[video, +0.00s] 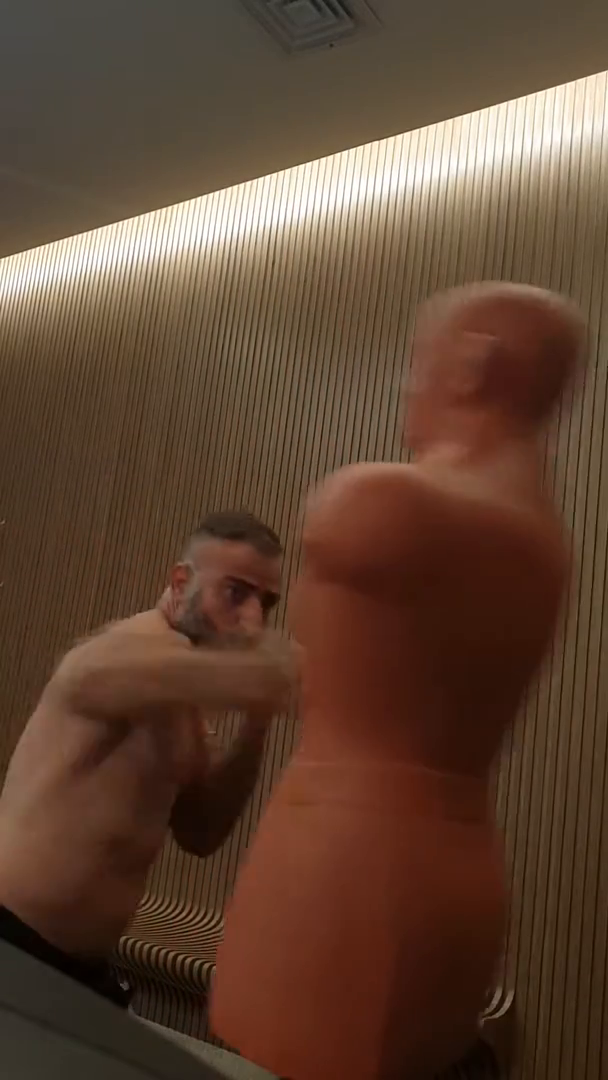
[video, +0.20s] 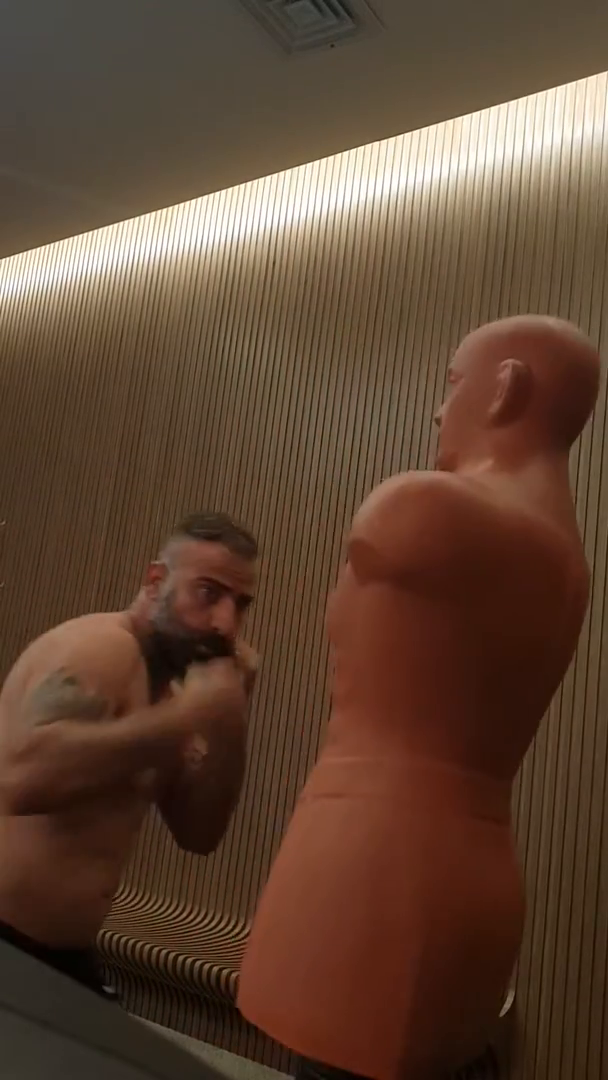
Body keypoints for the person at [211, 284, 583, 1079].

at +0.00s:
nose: (410, 382)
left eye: (421, 359)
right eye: (415, 360)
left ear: (473, 366)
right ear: (548, 393)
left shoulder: (376, 508)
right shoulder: (545, 545)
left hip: (341, 871)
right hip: (454, 864)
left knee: (282, 1065)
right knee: (402, 1067)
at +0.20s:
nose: (441, 407)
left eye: (455, 384)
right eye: (447, 384)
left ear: (505, 394)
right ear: (560, 417)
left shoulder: (420, 510)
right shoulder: (563, 563)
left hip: (369, 871)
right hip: (471, 870)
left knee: (315, 1061)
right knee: (413, 1066)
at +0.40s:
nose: (344, 407)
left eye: (353, 385)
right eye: (346, 388)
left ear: (403, 384)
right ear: (468, 406)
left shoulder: (324, 505)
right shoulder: (480, 542)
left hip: (320, 856)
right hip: (425, 845)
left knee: (304, 1062)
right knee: (377, 1063)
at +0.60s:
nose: (313, 394)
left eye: (321, 365)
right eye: (315, 368)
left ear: (368, 365)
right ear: (442, 387)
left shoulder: (293, 500)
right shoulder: (455, 532)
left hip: (299, 863)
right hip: (409, 848)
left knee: (263, 1064)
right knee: (367, 1063)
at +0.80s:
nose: (385, 394)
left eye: (395, 371)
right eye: (389, 372)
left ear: (442, 375)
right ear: (512, 402)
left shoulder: (358, 504)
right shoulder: (513, 547)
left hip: (336, 868)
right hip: (444, 859)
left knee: (282, 1063)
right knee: (403, 1064)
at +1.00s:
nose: (399, 387)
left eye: (413, 361)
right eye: (406, 362)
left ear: (464, 368)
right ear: (530, 391)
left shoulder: (367, 506)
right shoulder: (524, 543)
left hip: (338, 880)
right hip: (447, 869)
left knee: (288, 1066)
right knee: (397, 1067)